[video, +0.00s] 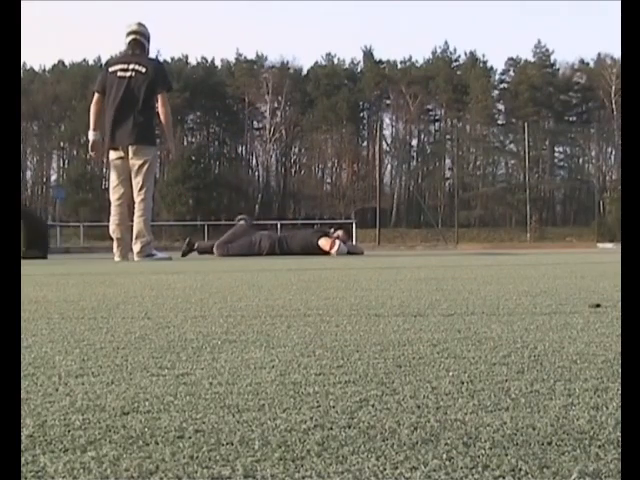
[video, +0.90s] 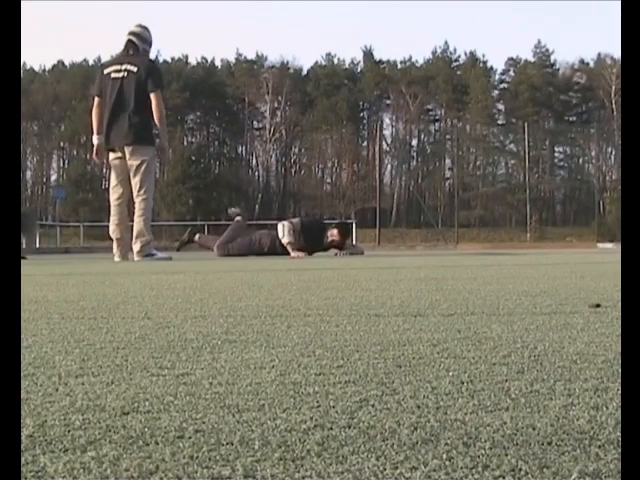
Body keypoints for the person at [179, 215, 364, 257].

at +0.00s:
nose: (338, 241)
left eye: (341, 240)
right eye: (339, 239)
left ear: (338, 239)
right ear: (334, 236)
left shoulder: (326, 240)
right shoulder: (320, 237)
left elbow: (358, 250)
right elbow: (335, 248)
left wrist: (343, 246)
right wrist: (353, 248)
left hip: (269, 242)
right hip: (266, 242)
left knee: (228, 247)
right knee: (220, 250)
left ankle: (194, 245)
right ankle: (242, 223)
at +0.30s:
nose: (342, 242)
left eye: (345, 241)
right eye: (342, 238)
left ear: (345, 241)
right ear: (337, 233)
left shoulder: (329, 242)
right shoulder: (313, 234)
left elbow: (359, 251)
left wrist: (344, 249)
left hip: (271, 247)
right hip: (266, 242)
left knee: (231, 245)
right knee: (221, 250)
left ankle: (199, 239)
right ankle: (236, 218)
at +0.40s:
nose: (343, 238)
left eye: (344, 238)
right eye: (342, 236)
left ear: (341, 239)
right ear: (336, 234)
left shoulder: (329, 242)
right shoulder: (322, 238)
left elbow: (355, 249)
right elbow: (290, 225)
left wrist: (350, 248)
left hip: (275, 244)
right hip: (270, 242)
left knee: (236, 244)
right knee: (221, 250)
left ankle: (200, 236)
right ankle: (236, 217)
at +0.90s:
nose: (334, 243)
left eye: (338, 242)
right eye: (336, 239)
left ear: (339, 240)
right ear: (333, 231)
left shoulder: (328, 240)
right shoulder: (315, 226)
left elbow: (359, 250)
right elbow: (284, 227)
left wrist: (345, 250)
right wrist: (292, 249)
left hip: (270, 248)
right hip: (265, 239)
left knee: (226, 248)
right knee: (220, 249)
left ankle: (196, 236)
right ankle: (238, 219)